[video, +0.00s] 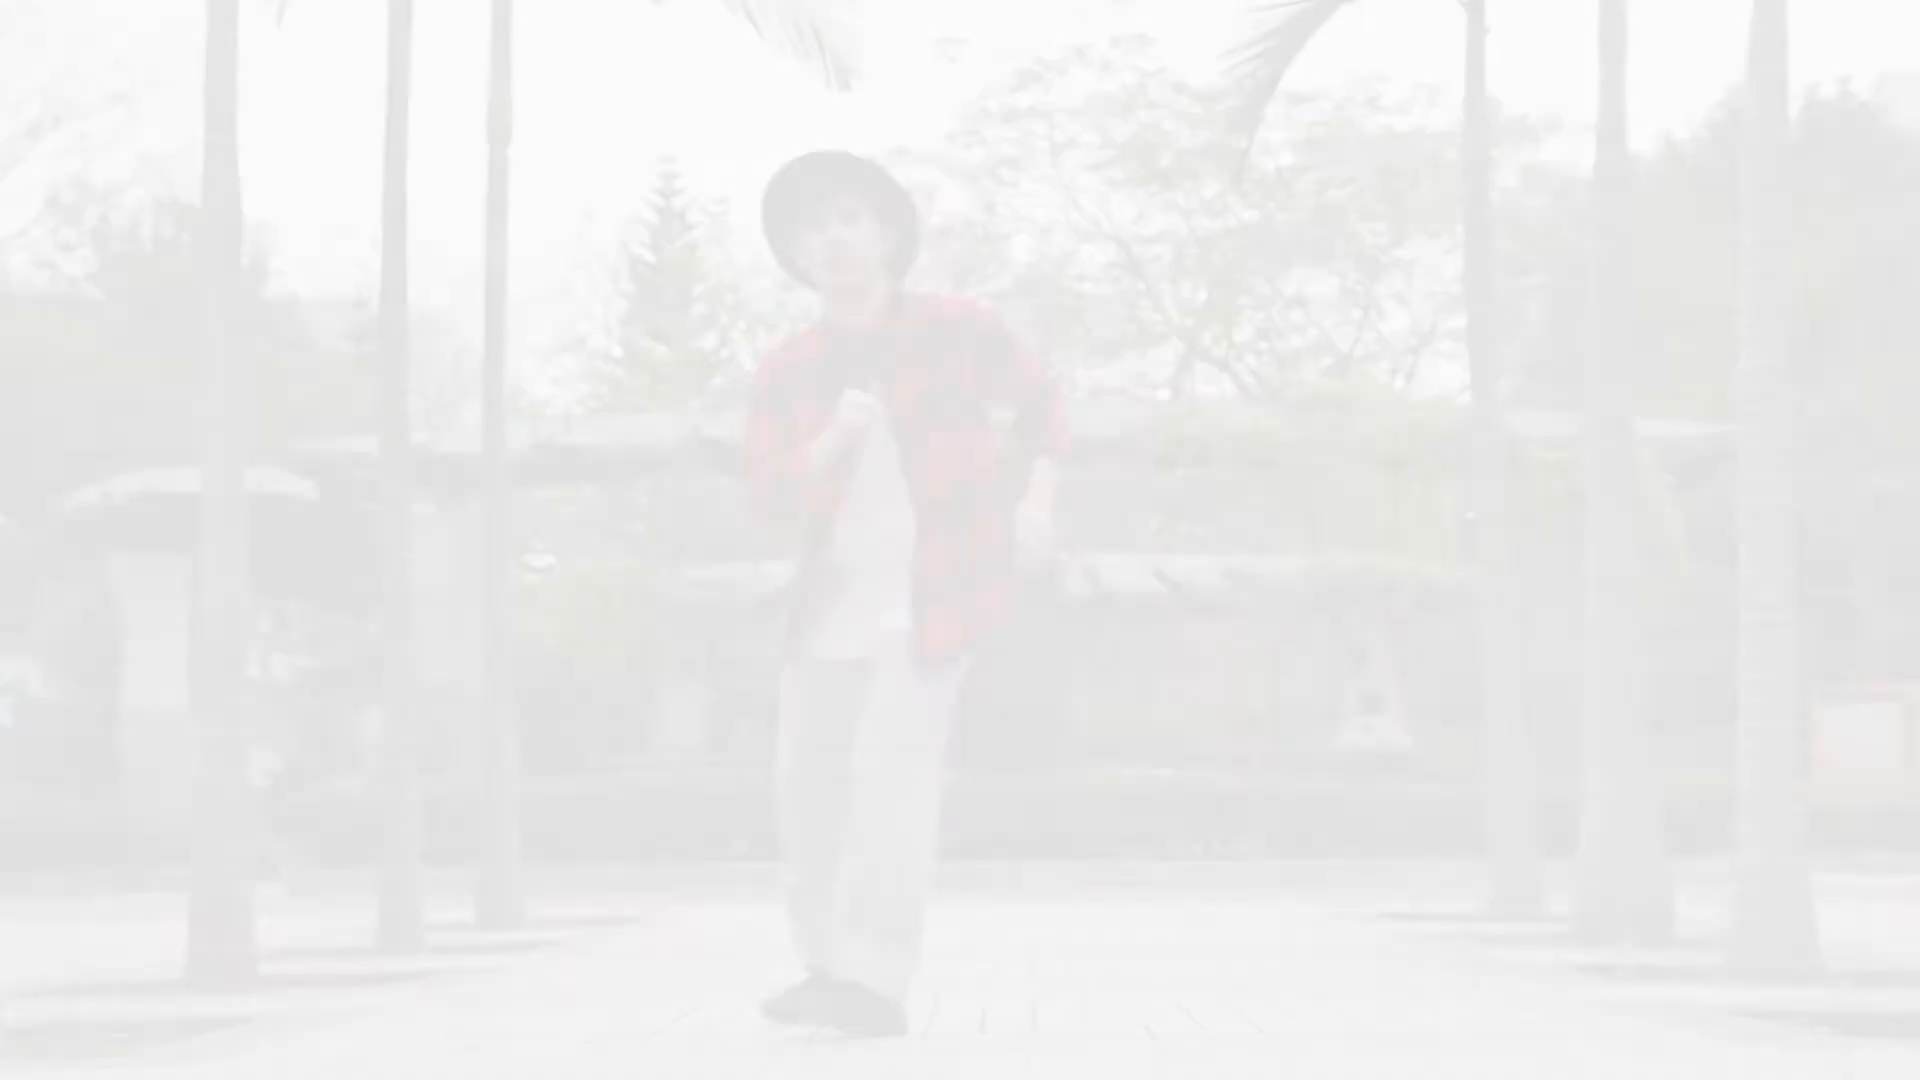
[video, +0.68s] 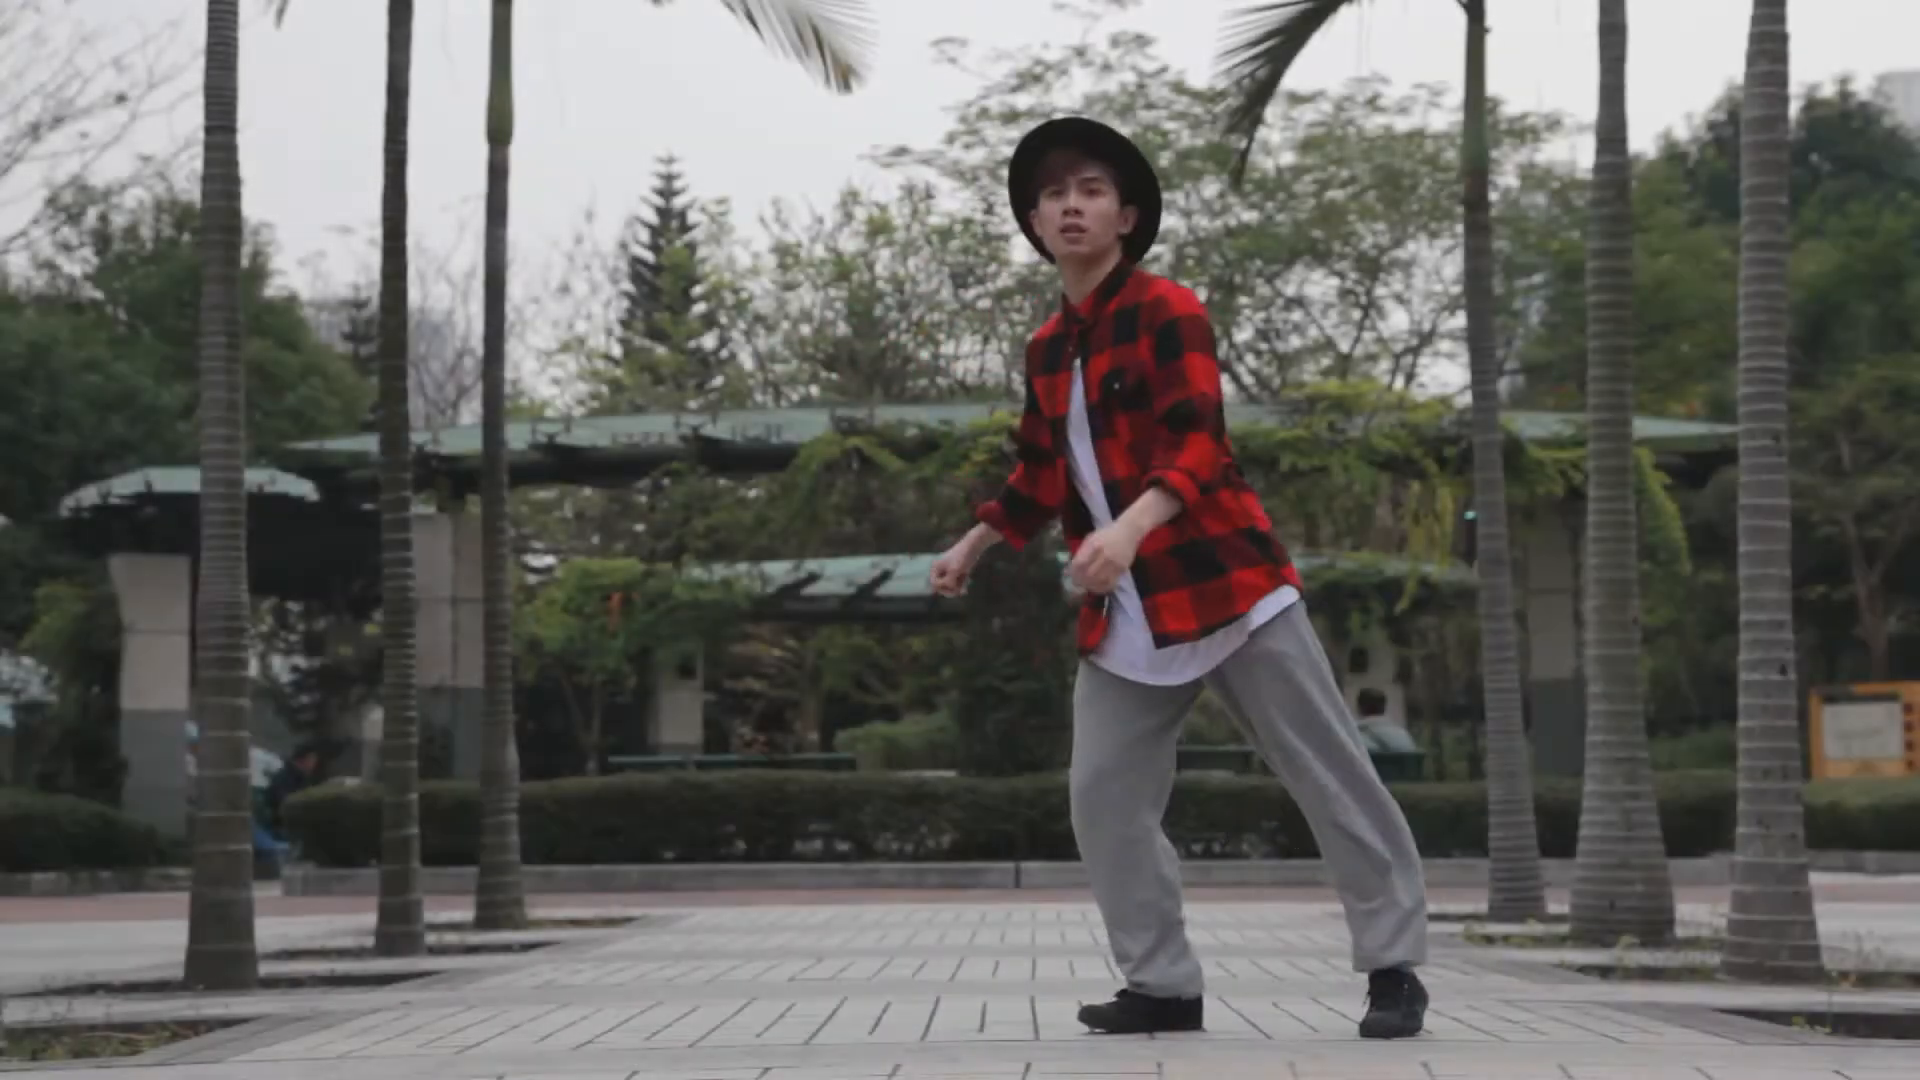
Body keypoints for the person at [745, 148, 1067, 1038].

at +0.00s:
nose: (839, 247)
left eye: (854, 224)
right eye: (817, 233)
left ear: (895, 233)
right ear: (798, 258)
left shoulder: (962, 332)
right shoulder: (790, 368)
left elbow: (1043, 415)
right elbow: (775, 502)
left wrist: (1029, 512)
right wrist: (833, 441)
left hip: (933, 596)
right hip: (831, 599)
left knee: (893, 779)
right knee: (806, 776)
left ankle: (876, 978)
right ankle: (826, 966)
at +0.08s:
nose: (876, 217)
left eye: (893, 196)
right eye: (851, 206)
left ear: (930, 213)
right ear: (831, 237)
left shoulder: (1000, 308)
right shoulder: (821, 349)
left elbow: (1089, 373)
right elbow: (811, 469)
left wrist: (1086, 454)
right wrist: (864, 449)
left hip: (972, 587)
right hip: (870, 596)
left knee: (941, 774)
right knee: (860, 775)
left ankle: (895, 972)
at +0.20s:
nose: (942, 218)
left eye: (959, 200)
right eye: (917, 206)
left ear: (993, 220)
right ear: (890, 239)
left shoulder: (1053, 323)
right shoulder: (875, 355)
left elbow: (1152, 407)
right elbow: (878, 471)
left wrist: (1146, 436)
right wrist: (914, 518)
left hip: (1032, 595)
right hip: (930, 608)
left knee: (999, 796)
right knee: (995, 806)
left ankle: (910, 979)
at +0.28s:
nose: (978, 226)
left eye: (993, 207)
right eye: (953, 216)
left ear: (1028, 227)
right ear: (929, 251)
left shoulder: (1093, 336)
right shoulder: (914, 369)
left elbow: (1168, 454)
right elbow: (919, 500)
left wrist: (1133, 444)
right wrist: (937, 599)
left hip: (1076, 602)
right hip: (974, 616)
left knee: (1040, 767)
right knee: (1040, 806)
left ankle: (951, 958)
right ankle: (1154, 974)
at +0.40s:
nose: (1016, 211)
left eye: (1032, 193)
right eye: (994, 202)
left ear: (1069, 215)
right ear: (973, 238)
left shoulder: (1136, 322)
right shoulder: (964, 360)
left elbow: (1178, 452)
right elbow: (949, 494)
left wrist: (1103, 398)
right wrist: (941, 606)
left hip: (1130, 588)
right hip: (1026, 606)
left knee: (1129, 727)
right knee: (1063, 796)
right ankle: (1167, 982)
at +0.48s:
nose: (1035, 197)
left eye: (1052, 180)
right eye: (1012, 186)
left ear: (1087, 201)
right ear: (991, 220)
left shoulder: (1149, 305)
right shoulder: (984, 341)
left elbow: (1190, 436)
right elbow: (971, 477)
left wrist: (1101, 390)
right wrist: (950, 580)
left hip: (1164, 573)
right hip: (1060, 593)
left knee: (1196, 736)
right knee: (1089, 791)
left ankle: (1257, 935)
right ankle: (1162, 983)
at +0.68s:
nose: (1072, 206)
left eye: (1092, 190)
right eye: (1053, 193)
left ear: (1129, 214)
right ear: (1033, 223)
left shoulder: (1169, 310)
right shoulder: (1047, 349)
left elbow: (1201, 442)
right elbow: (1043, 466)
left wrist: (1128, 526)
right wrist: (977, 540)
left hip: (1229, 578)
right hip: (1127, 602)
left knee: (1324, 765)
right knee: (1104, 794)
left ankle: (1393, 964)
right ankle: (1163, 985)